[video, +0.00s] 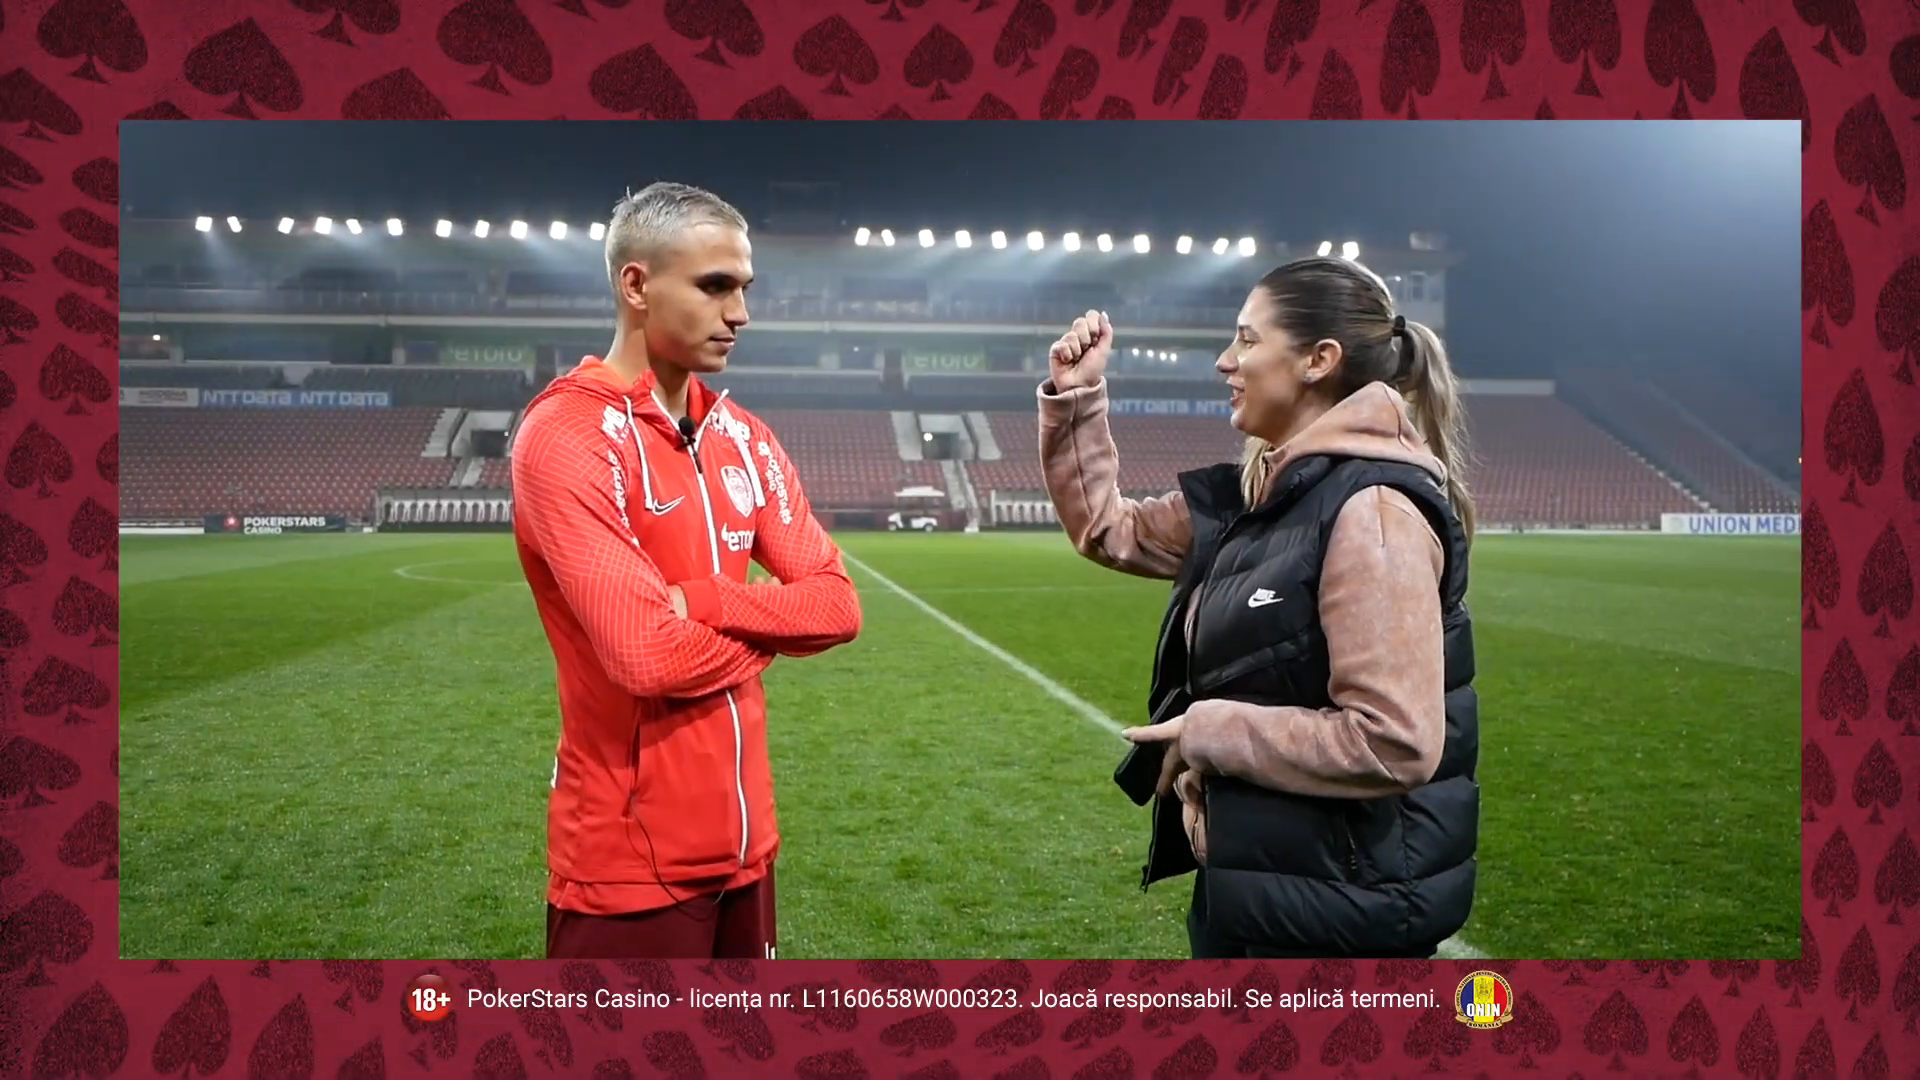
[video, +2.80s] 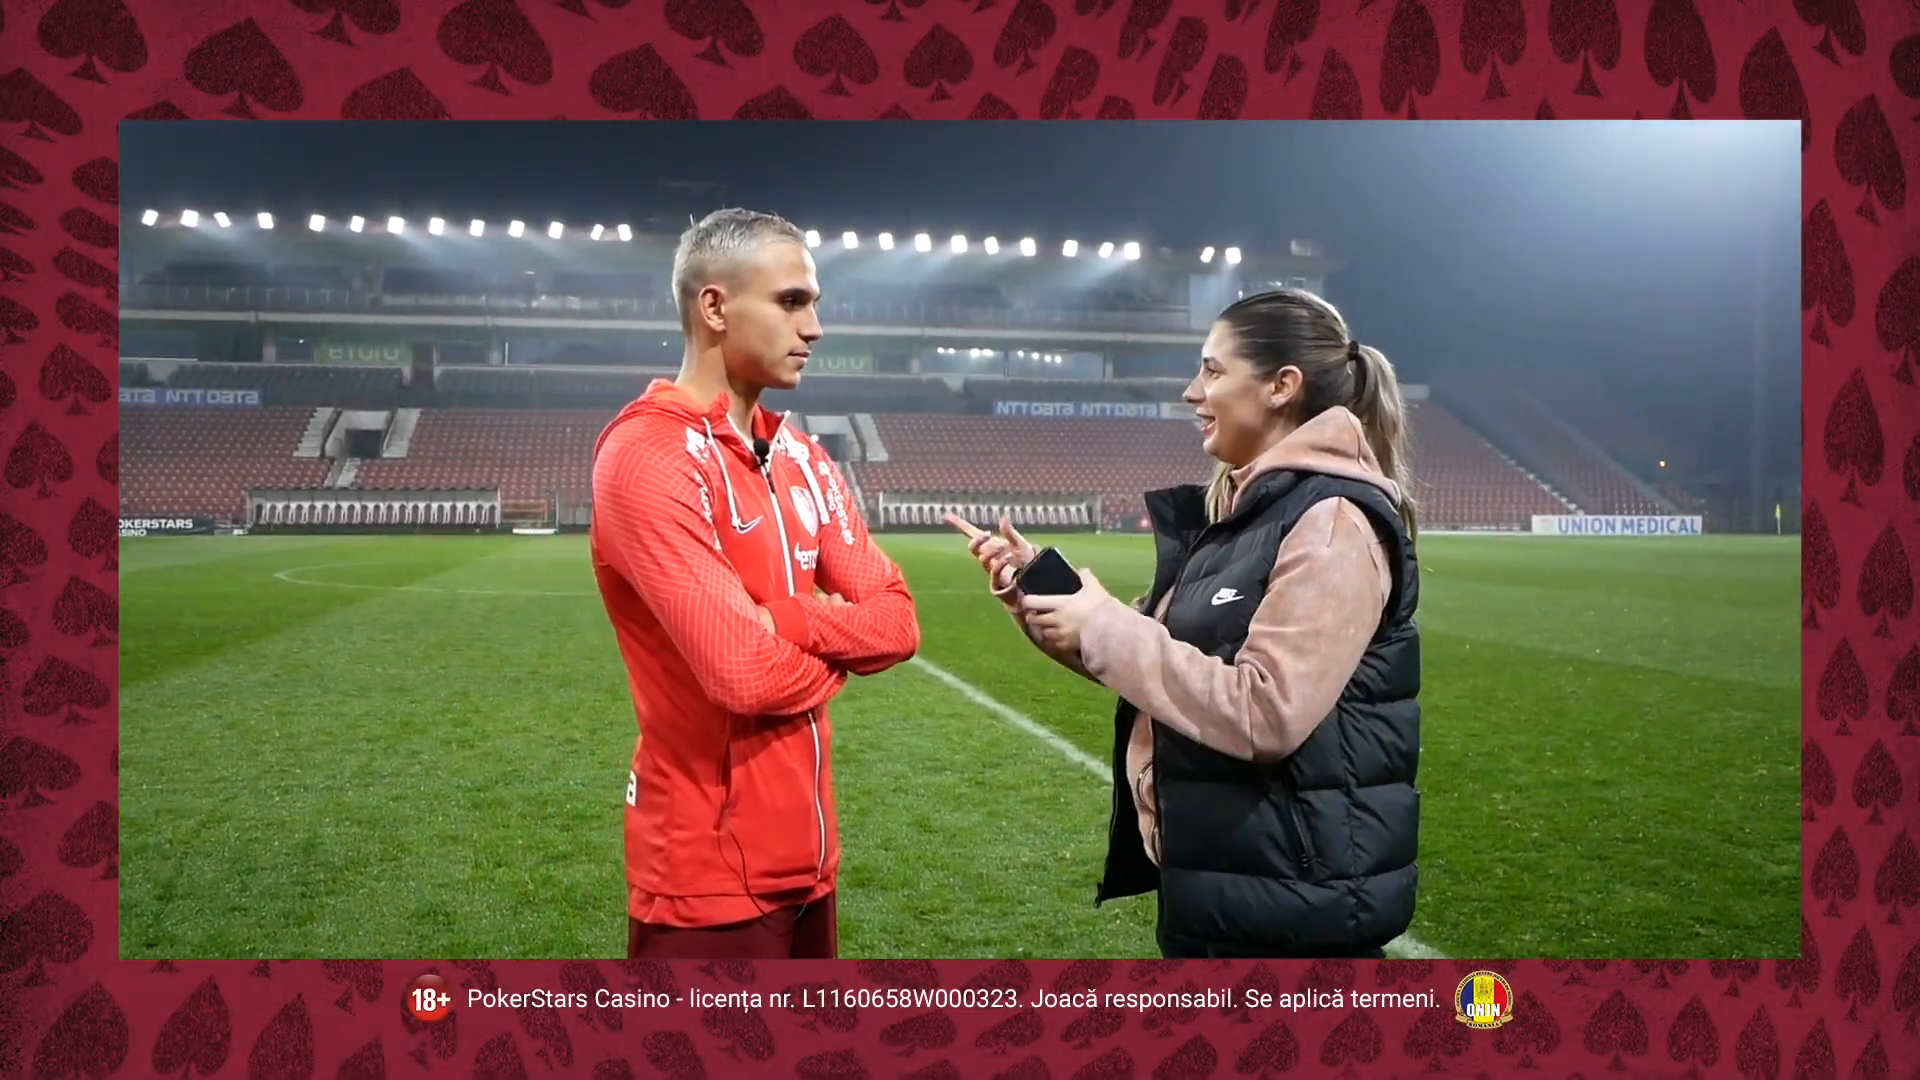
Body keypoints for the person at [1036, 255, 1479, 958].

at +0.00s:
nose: (1224, 361)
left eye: (1246, 340)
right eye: (1233, 341)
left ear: (1320, 360)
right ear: (1317, 362)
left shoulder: (1374, 512)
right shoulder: (1265, 492)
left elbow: (1395, 742)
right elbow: (1107, 530)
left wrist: (1211, 729)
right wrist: (1076, 399)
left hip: (1332, 918)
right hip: (1261, 904)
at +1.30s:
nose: (1173, 375)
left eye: (1194, 353)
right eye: (1180, 354)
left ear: (1266, 369)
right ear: (1263, 371)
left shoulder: (1322, 517)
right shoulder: (1215, 505)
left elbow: (1339, 742)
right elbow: (1069, 574)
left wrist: (1153, 720)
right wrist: (1050, 450)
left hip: (1258, 918)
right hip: (1183, 906)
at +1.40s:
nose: (1177, 374)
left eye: (1197, 351)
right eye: (1185, 352)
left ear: (1268, 367)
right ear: (1264, 369)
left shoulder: (1323, 517)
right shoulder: (1225, 501)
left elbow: (1338, 742)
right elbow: (1136, 649)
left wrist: (1158, 719)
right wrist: (1037, 534)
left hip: (1256, 921)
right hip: (1184, 907)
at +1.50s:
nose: (1177, 373)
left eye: (1199, 350)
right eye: (1186, 351)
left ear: (1269, 366)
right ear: (1260, 367)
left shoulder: (1321, 518)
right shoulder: (1225, 502)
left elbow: (1335, 742)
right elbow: (1178, 687)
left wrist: (1159, 723)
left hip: (1255, 920)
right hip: (1186, 907)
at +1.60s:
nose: (1174, 374)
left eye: (1195, 351)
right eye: (1183, 353)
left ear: (1265, 369)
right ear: (1257, 370)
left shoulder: (1314, 521)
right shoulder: (1223, 506)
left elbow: (1329, 743)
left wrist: (1149, 724)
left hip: (1253, 922)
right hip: (1187, 911)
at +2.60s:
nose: (1176, 388)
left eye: (1197, 366)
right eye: (1185, 367)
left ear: (1266, 385)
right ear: (1260, 387)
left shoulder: (1317, 523)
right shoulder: (1236, 508)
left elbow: (1326, 736)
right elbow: (1209, 685)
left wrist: (1148, 720)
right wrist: (1083, 668)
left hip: (1273, 912)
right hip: (1213, 901)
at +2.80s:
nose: (1191, 393)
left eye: (1213, 371)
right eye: (1199, 372)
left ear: (1283, 386)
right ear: (1274, 386)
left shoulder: (1335, 523)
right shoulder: (1246, 512)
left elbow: (1265, 708)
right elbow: (1163, 665)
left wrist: (1102, 629)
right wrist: (1045, 590)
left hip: (1293, 911)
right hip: (1227, 902)